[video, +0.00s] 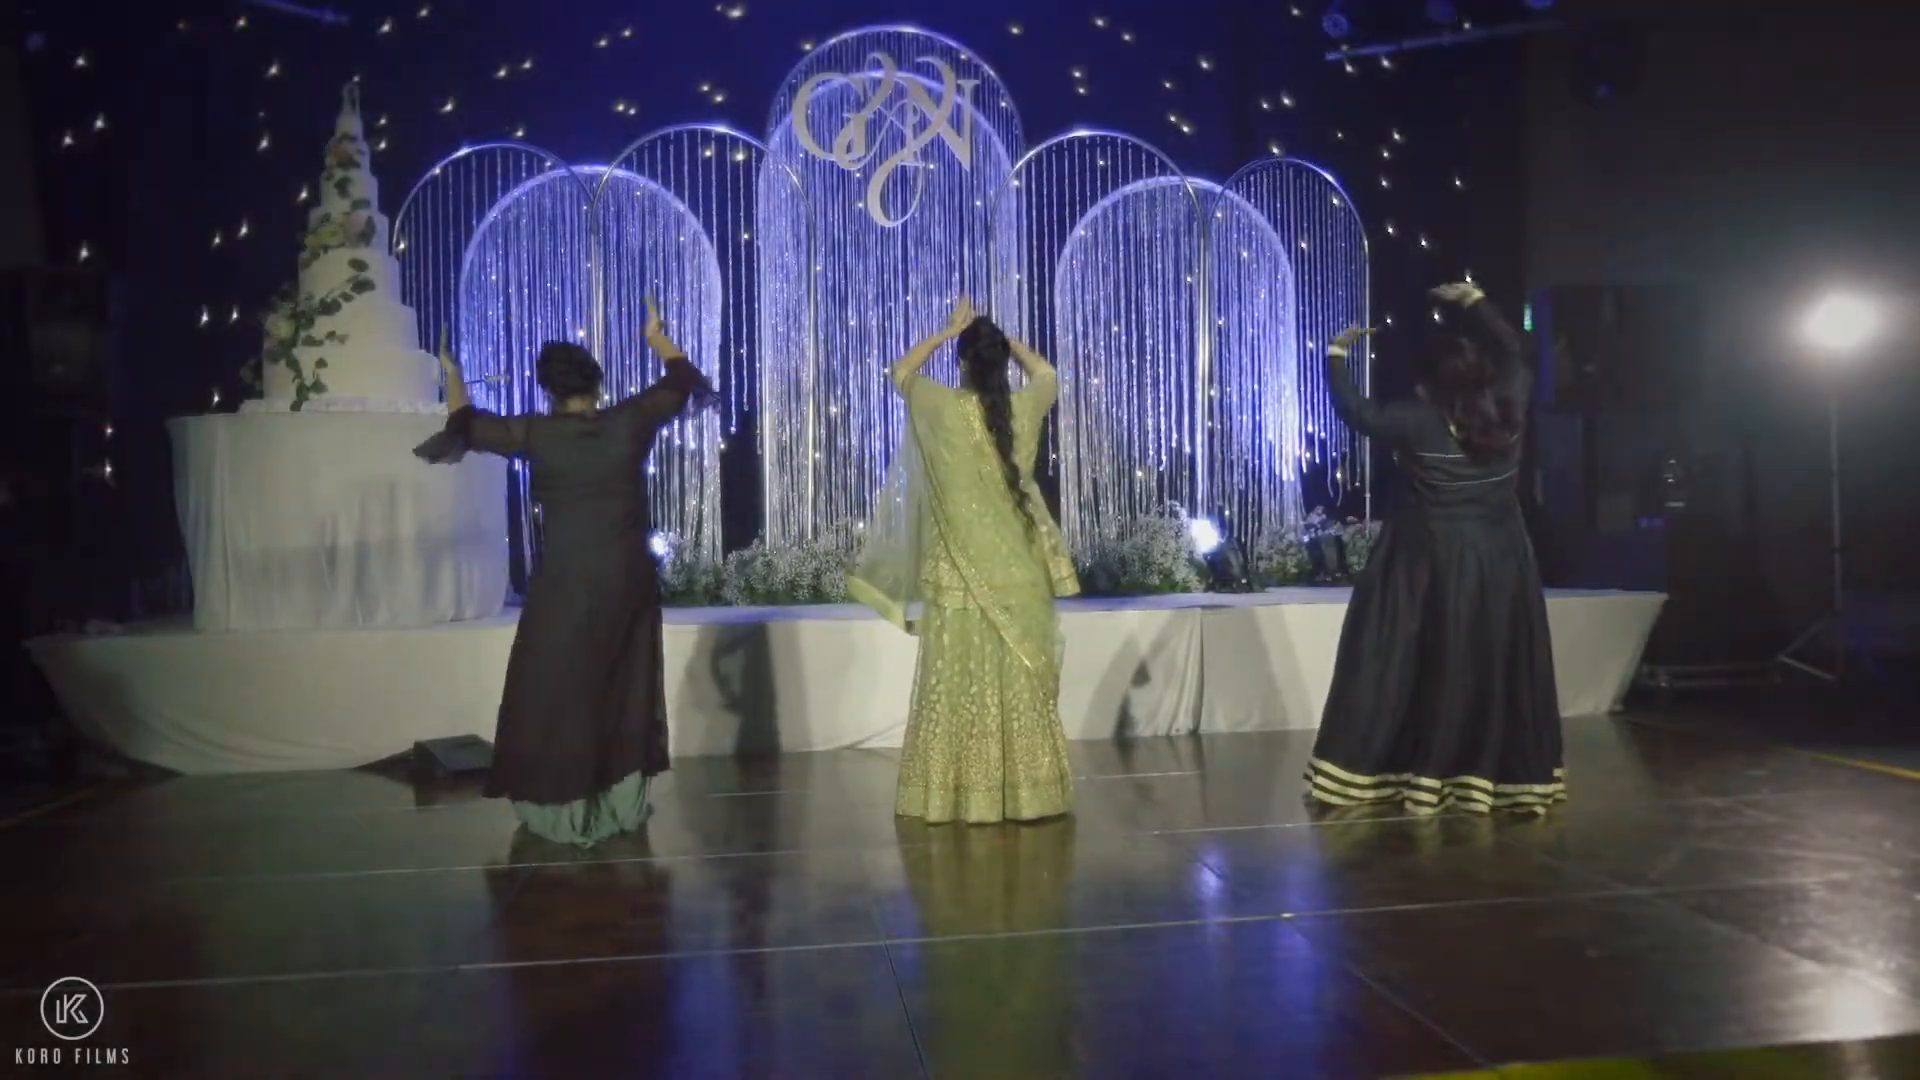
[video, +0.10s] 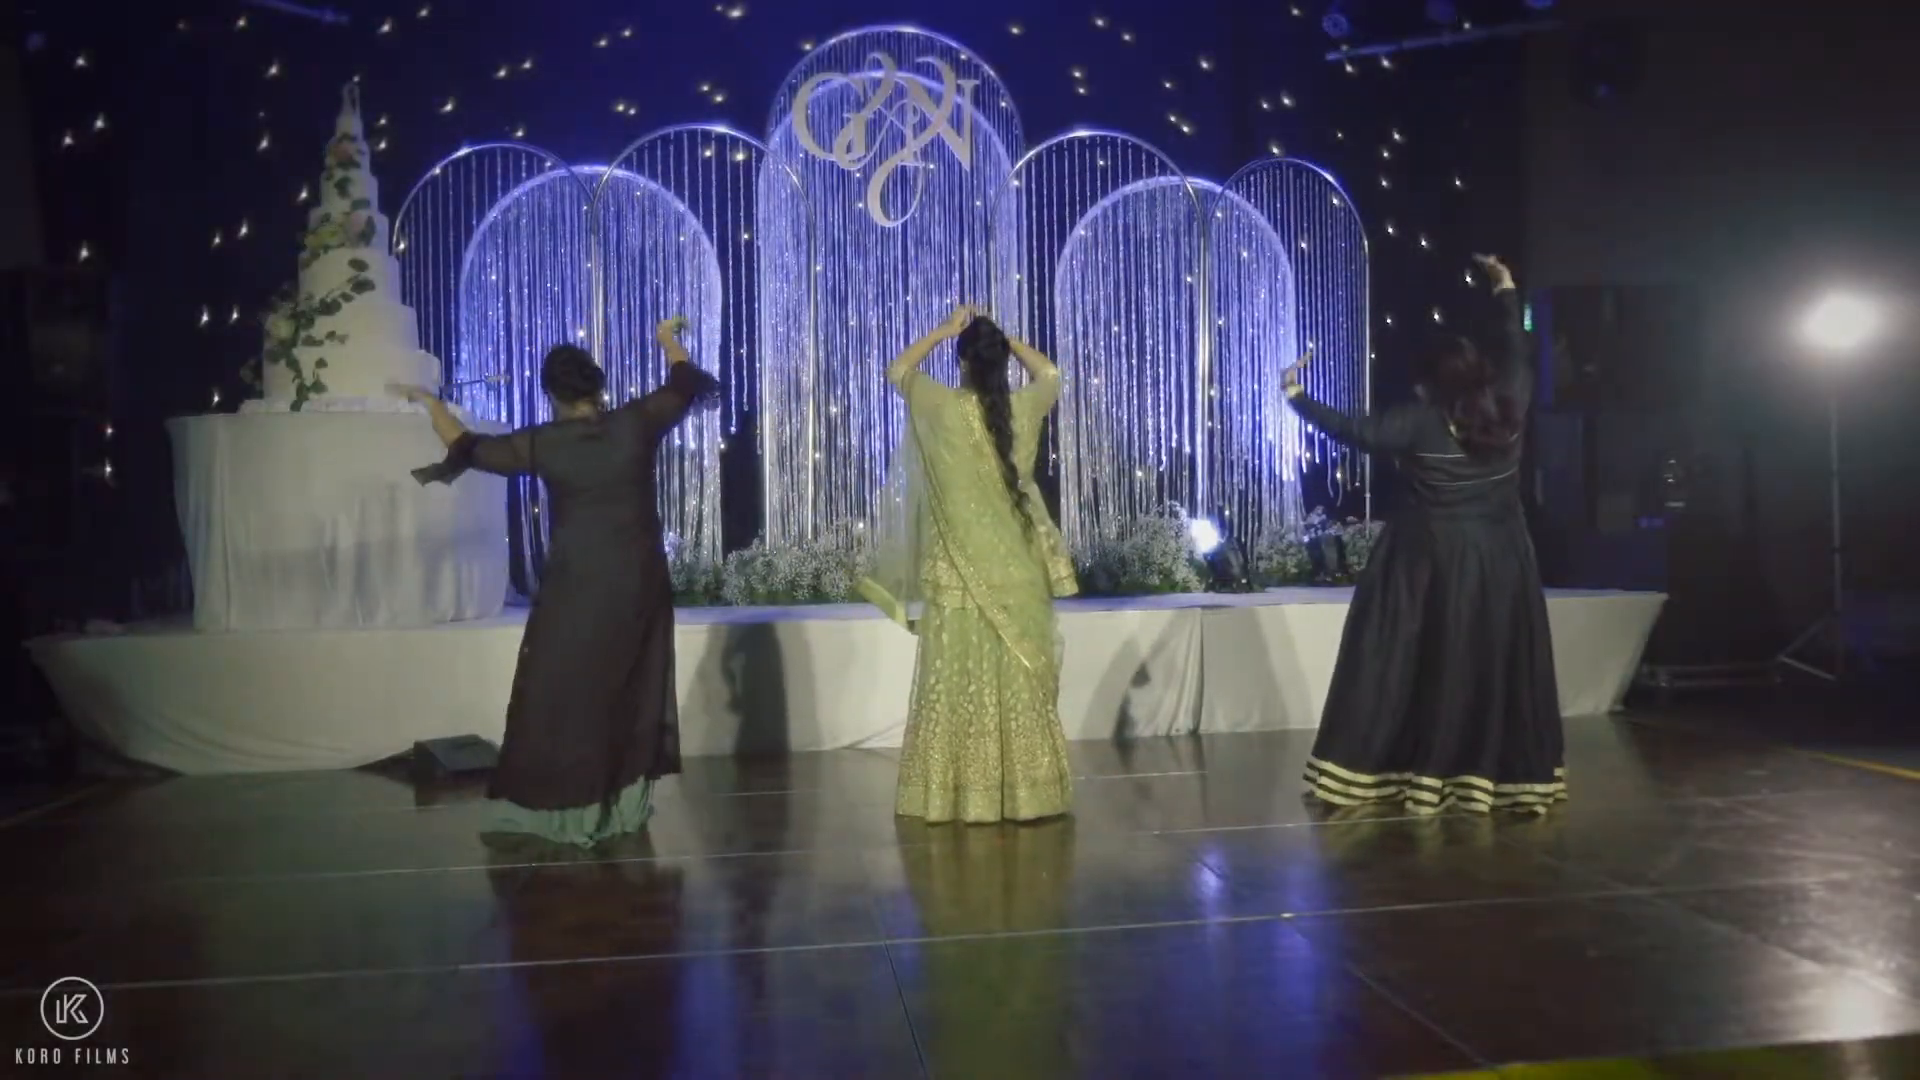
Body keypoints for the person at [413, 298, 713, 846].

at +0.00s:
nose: (564, 397)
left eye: (553, 390)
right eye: (585, 384)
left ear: (551, 393)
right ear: (596, 386)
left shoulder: (537, 435)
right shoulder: (630, 424)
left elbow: (466, 424)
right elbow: (685, 381)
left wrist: (455, 380)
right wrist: (661, 344)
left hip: (565, 585)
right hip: (627, 582)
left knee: (557, 696)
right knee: (621, 693)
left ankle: (562, 817)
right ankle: (622, 811)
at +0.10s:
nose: (567, 401)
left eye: (558, 392)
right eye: (577, 389)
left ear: (553, 396)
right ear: (599, 385)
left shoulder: (543, 445)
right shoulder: (637, 424)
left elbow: (468, 448)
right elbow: (689, 384)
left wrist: (432, 402)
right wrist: (672, 345)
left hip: (576, 589)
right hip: (639, 585)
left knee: (563, 697)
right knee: (630, 696)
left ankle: (569, 817)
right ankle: (624, 813)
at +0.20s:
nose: (552, 408)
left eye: (551, 399)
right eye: (557, 398)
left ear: (554, 401)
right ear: (599, 390)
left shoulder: (549, 453)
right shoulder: (639, 426)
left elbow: (474, 481)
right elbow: (695, 394)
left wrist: (422, 445)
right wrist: (689, 355)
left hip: (585, 592)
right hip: (646, 588)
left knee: (578, 696)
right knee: (636, 692)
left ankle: (582, 812)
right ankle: (634, 806)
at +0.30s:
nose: (548, 410)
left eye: (547, 401)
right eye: (553, 400)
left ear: (551, 403)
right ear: (597, 393)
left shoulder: (550, 459)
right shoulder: (638, 430)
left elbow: (487, 508)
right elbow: (697, 414)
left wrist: (414, 490)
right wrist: (690, 361)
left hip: (588, 593)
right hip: (649, 588)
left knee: (580, 693)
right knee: (637, 691)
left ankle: (579, 809)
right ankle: (631, 806)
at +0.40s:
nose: (545, 419)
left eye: (544, 409)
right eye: (546, 409)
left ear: (552, 408)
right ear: (593, 398)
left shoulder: (548, 466)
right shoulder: (639, 432)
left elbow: (505, 532)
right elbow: (696, 435)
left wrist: (433, 529)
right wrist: (693, 394)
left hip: (591, 593)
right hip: (653, 588)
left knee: (578, 693)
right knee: (640, 691)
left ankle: (578, 810)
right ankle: (635, 807)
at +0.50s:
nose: (543, 418)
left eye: (541, 409)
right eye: (545, 408)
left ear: (549, 409)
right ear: (591, 398)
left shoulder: (546, 467)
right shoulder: (638, 431)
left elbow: (507, 538)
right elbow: (704, 431)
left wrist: (439, 563)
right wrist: (698, 401)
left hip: (592, 594)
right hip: (654, 587)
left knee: (580, 693)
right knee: (639, 691)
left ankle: (578, 809)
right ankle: (633, 806)